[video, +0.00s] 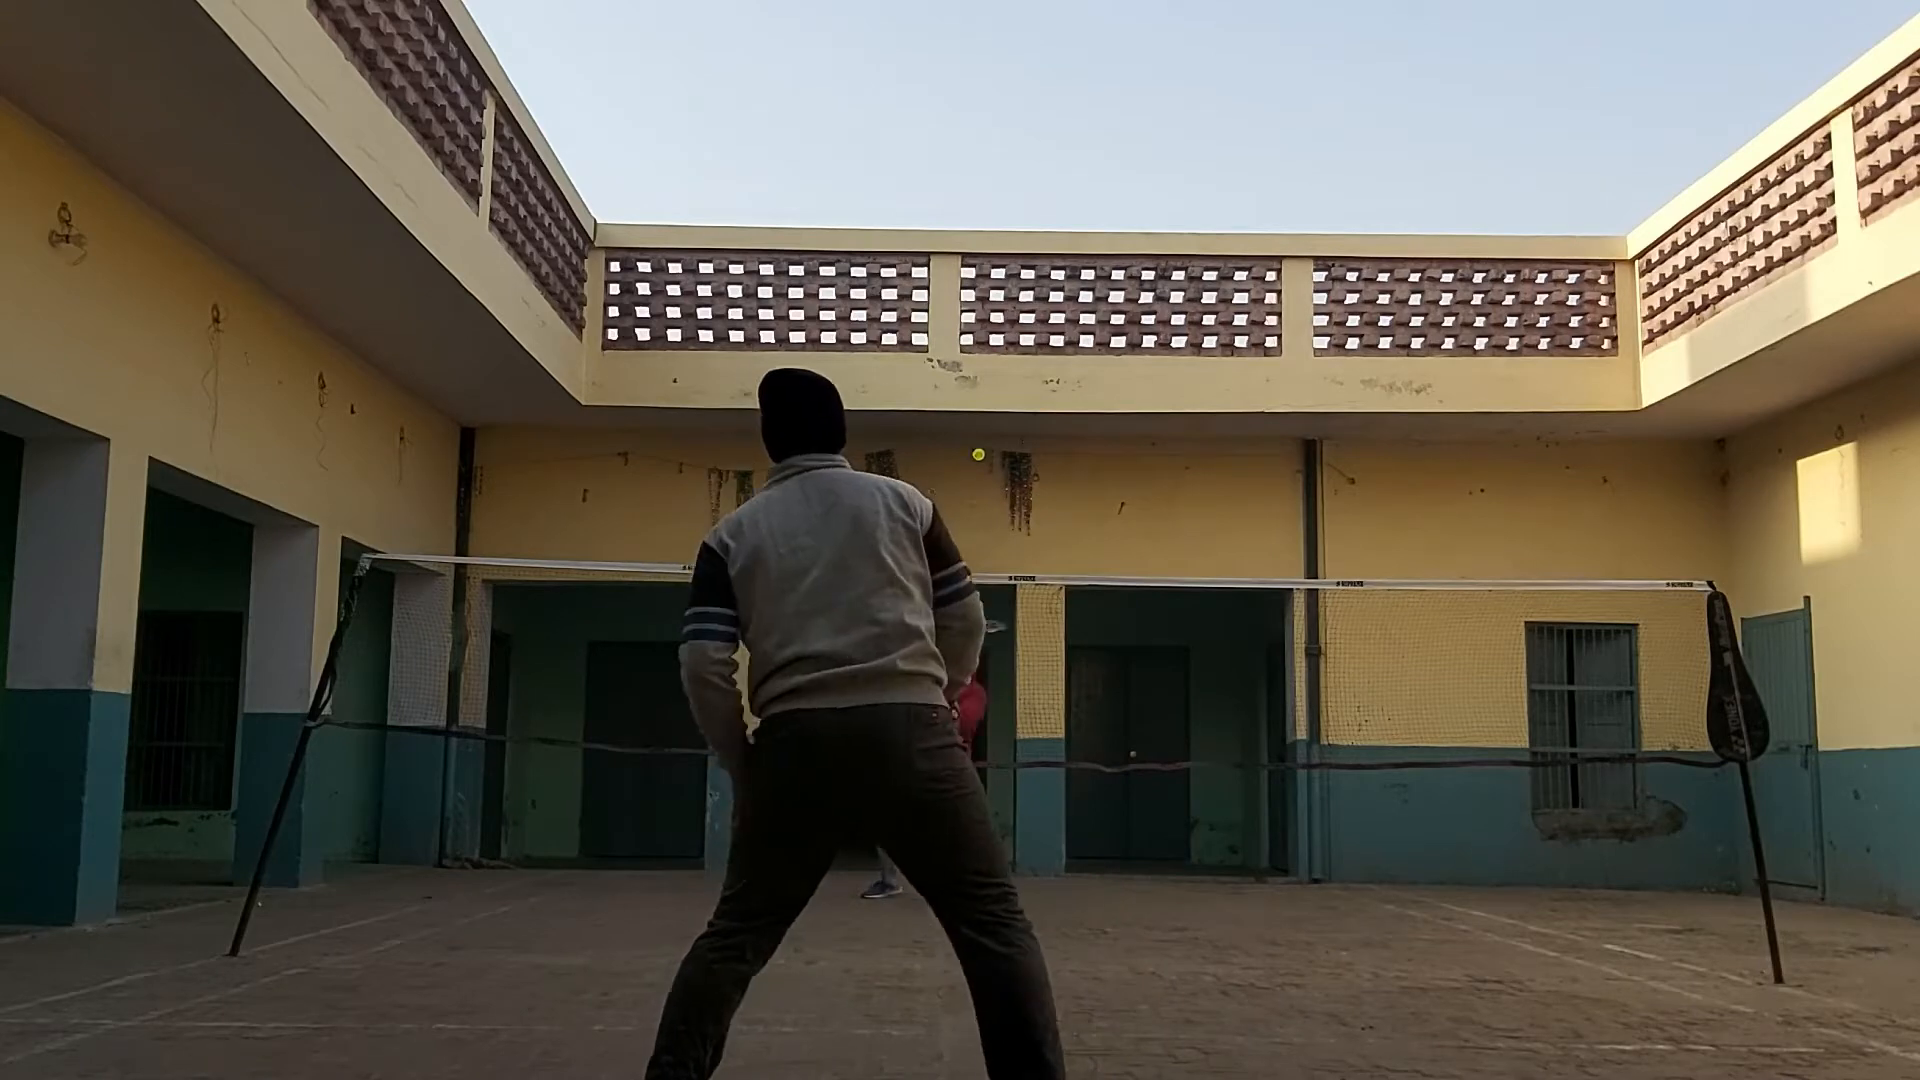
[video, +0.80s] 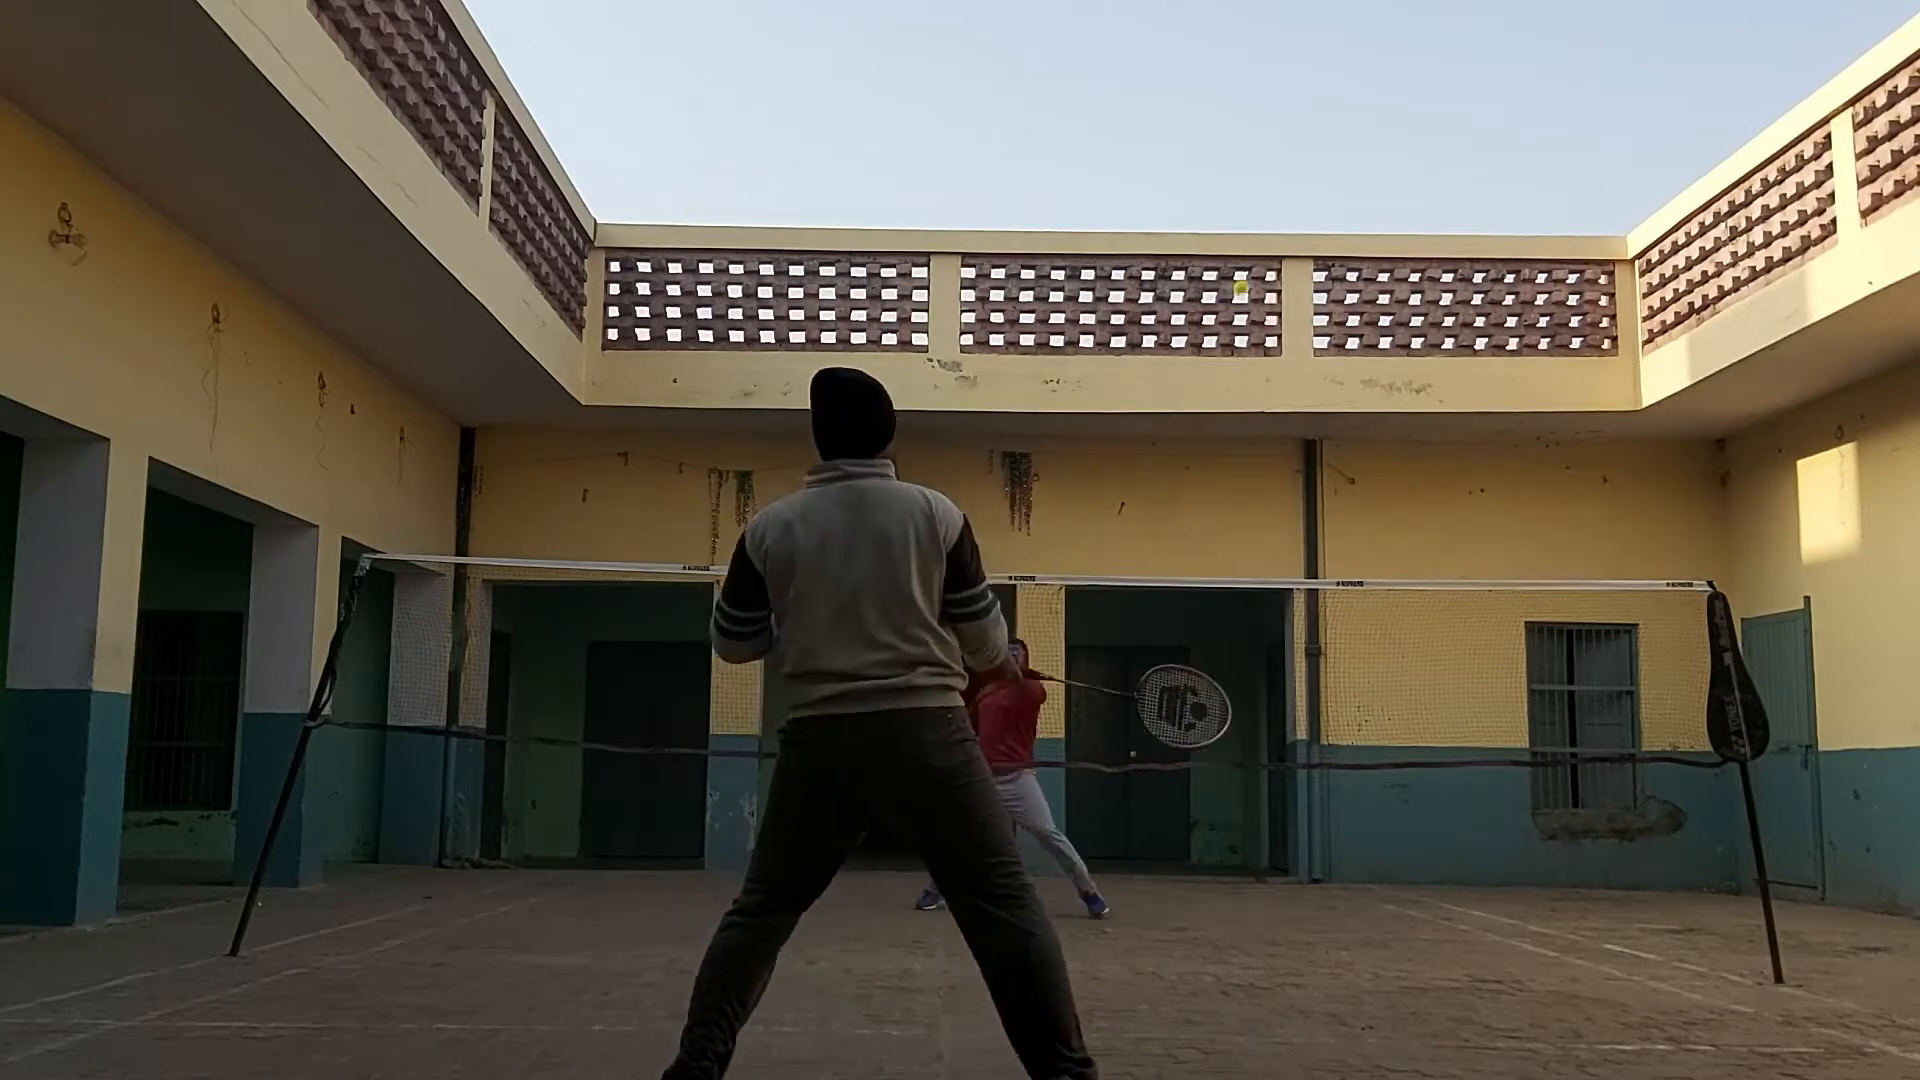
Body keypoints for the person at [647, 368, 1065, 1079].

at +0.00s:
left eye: (768, 431)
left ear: (766, 440)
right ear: (843, 435)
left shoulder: (732, 533)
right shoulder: (907, 502)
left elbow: (706, 666)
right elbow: (964, 620)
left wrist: (744, 769)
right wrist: (934, 705)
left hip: (794, 753)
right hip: (914, 742)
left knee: (736, 936)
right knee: (993, 924)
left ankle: (670, 1073)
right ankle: (1037, 1073)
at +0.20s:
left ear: (861, 453)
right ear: (934, 452)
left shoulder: (812, 539)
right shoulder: (975, 523)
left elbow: (766, 657)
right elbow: (1025, 636)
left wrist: (820, 715)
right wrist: (1018, 697)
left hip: (829, 752)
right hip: (946, 752)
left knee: (768, 906)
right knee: (1028, 924)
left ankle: (678, 1051)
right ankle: (1054, 1068)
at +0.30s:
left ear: (870, 462)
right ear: (941, 462)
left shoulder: (821, 546)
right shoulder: (968, 537)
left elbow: (780, 664)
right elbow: (1031, 651)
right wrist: (1058, 655)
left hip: (831, 762)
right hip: (944, 762)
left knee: (771, 907)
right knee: (1032, 923)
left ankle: (691, 1060)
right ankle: (1057, 1069)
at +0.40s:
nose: (933, 475)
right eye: (934, 464)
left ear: (862, 465)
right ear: (930, 468)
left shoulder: (809, 549)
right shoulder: (943, 543)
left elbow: (771, 645)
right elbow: (1018, 629)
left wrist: (849, 633)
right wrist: (1072, 555)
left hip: (819, 769)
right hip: (929, 769)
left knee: (769, 920)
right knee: (1023, 928)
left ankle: (693, 1063)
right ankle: (1055, 1072)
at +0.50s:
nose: (913, 456)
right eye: (910, 448)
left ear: (835, 451)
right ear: (906, 454)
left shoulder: (779, 538)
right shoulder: (943, 533)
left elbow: (747, 614)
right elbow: (994, 607)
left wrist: (823, 594)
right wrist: (1047, 529)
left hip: (819, 762)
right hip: (927, 757)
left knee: (768, 906)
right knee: (998, 917)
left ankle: (693, 1060)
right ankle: (1044, 1072)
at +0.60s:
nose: (893, 441)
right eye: (889, 431)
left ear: (812, 436)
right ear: (887, 436)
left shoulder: (762, 523)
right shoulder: (924, 514)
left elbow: (725, 607)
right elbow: (961, 626)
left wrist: (785, 544)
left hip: (819, 746)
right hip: (928, 739)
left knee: (765, 903)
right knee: (991, 889)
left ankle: (695, 1059)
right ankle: (1038, 1061)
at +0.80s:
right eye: (885, 430)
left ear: (815, 438)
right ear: (890, 434)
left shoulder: (770, 528)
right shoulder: (936, 514)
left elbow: (736, 642)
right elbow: (984, 642)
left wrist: (813, 627)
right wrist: (997, 665)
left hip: (820, 747)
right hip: (930, 741)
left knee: (762, 909)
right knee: (1002, 904)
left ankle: (696, 1065)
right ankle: (1065, 1067)